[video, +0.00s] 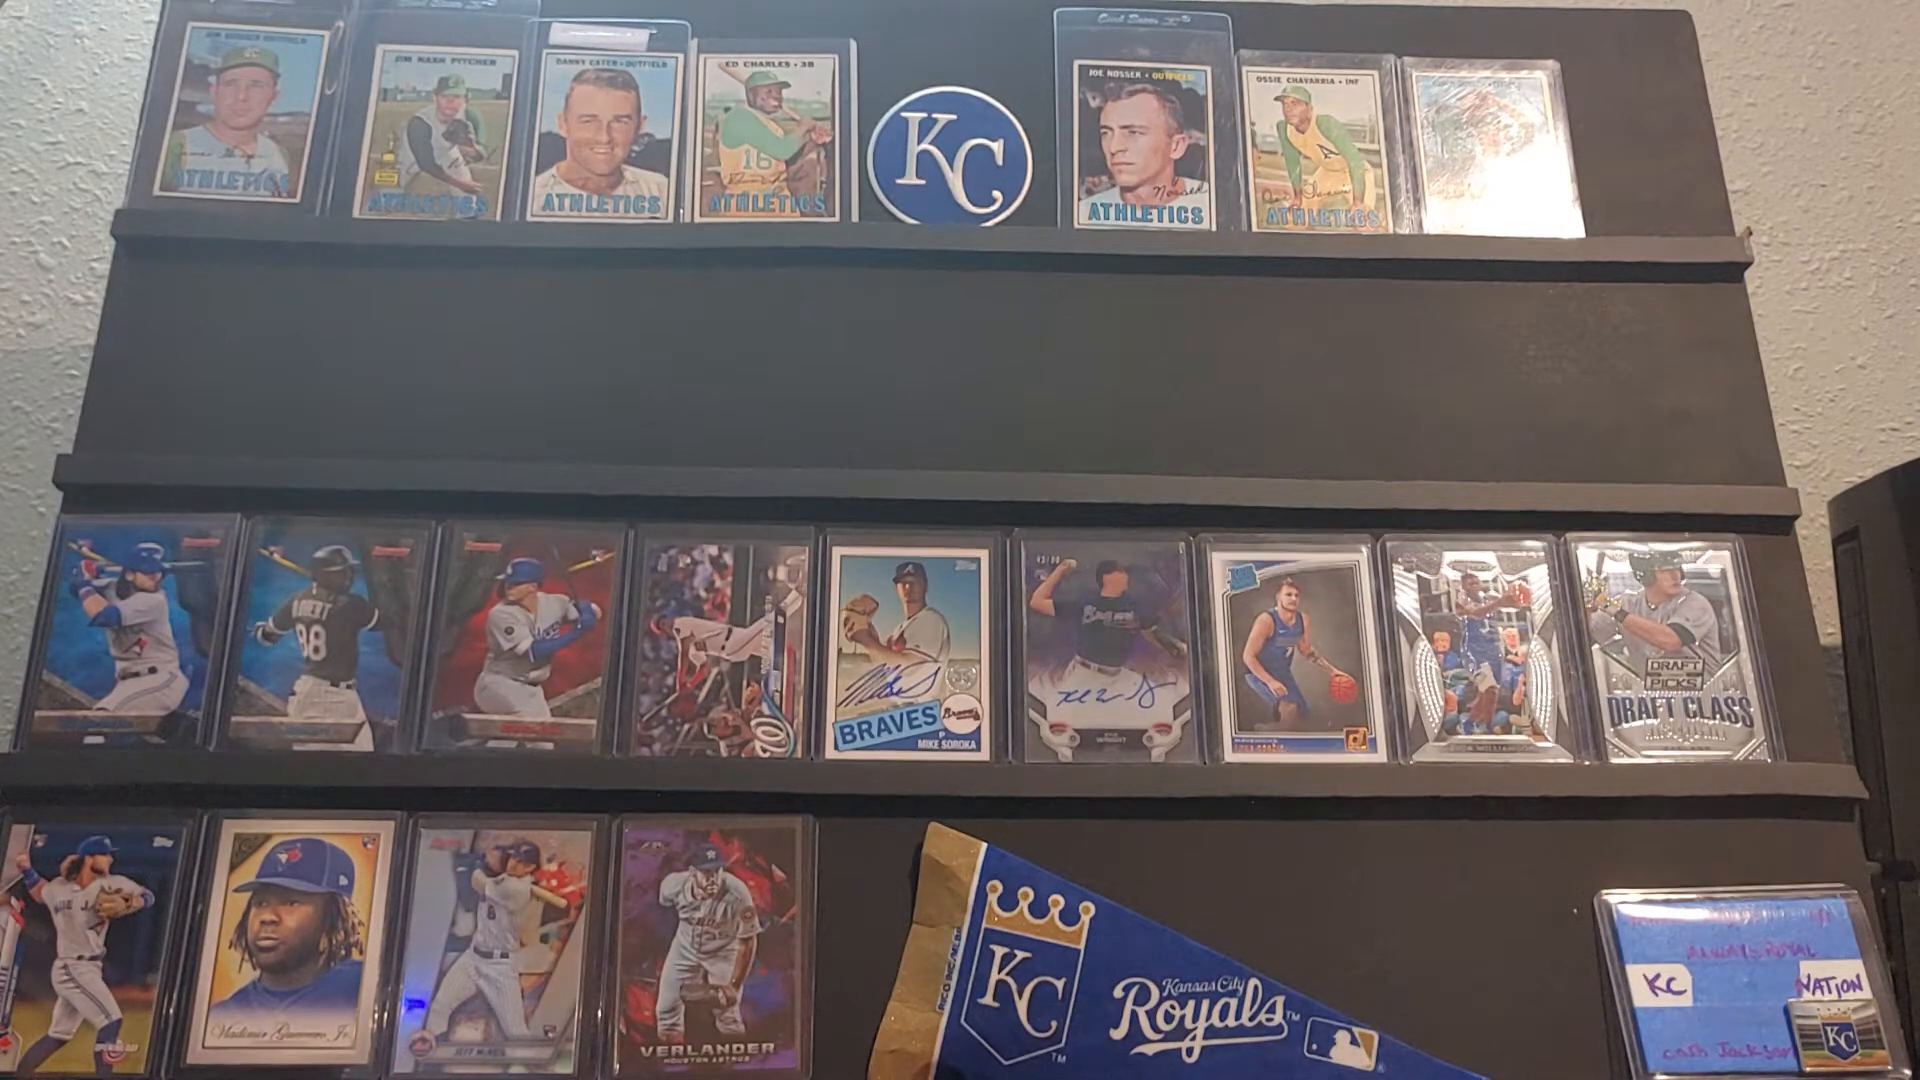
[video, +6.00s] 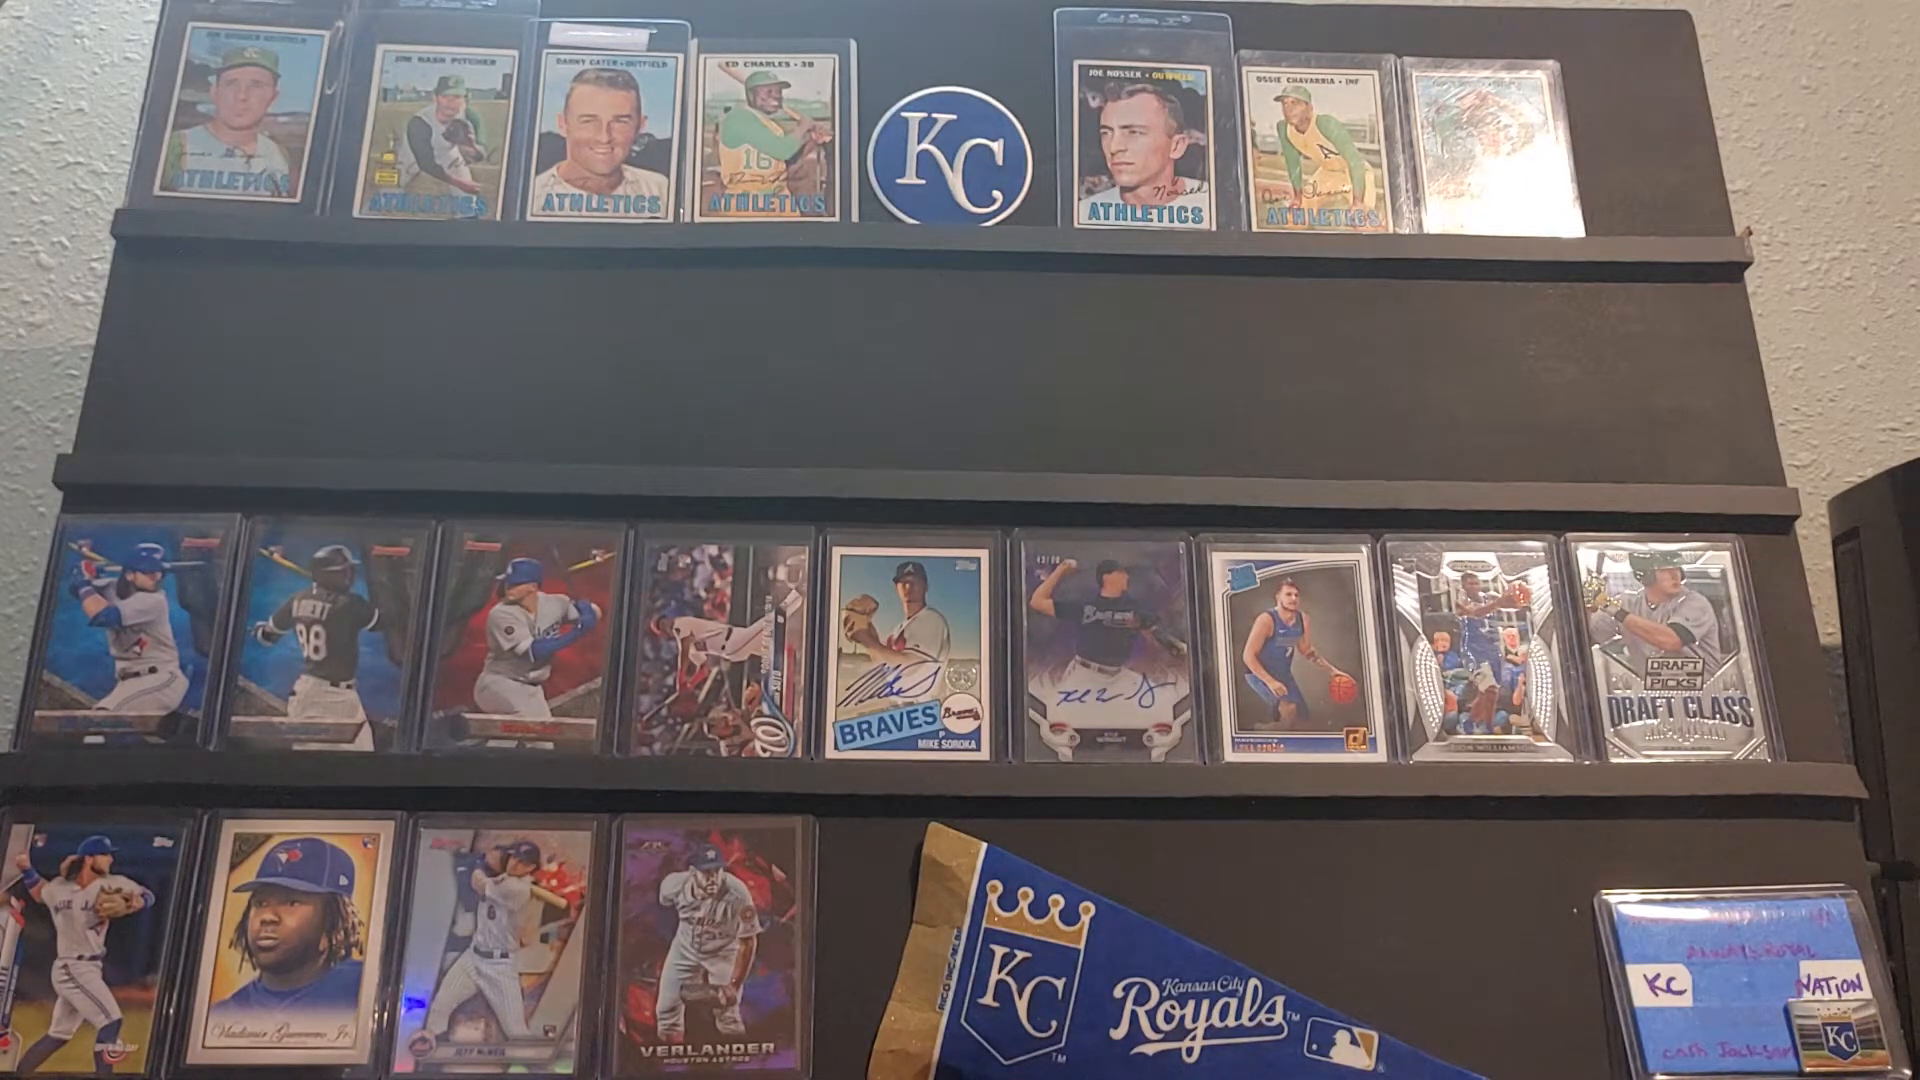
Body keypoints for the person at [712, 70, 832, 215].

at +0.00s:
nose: (777, 98)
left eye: (779, 92)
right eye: (770, 92)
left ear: (782, 93)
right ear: (753, 94)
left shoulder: (775, 128)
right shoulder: (738, 117)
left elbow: (784, 172)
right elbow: (781, 151)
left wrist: (811, 143)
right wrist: (803, 128)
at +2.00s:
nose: (776, 97)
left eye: (778, 91)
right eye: (768, 92)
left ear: (782, 93)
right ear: (752, 96)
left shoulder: (773, 126)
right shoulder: (739, 117)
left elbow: (784, 168)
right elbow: (783, 151)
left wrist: (811, 143)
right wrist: (803, 128)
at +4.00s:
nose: (776, 97)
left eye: (778, 92)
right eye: (769, 92)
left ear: (782, 93)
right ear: (752, 94)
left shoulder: (773, 126)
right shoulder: (739, 118)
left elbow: (785, 168)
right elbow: (782, 151)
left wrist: (811, 143)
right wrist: (803, 128)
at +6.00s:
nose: (776, 97)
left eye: (779, 92)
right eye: (769, 92)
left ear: (782, 93)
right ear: (752, 96)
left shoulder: (774, 126)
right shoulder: (738, 118)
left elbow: (785, 168)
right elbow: (783, 151)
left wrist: (811, 143)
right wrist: (802, 128)